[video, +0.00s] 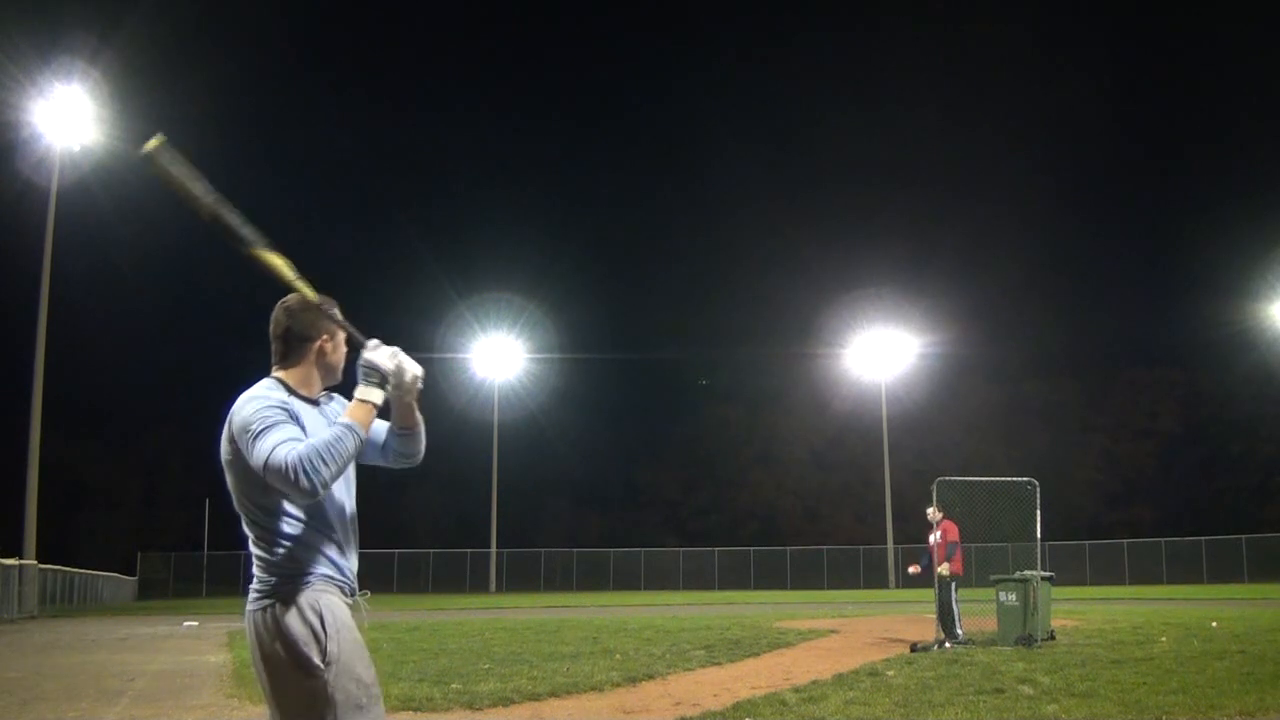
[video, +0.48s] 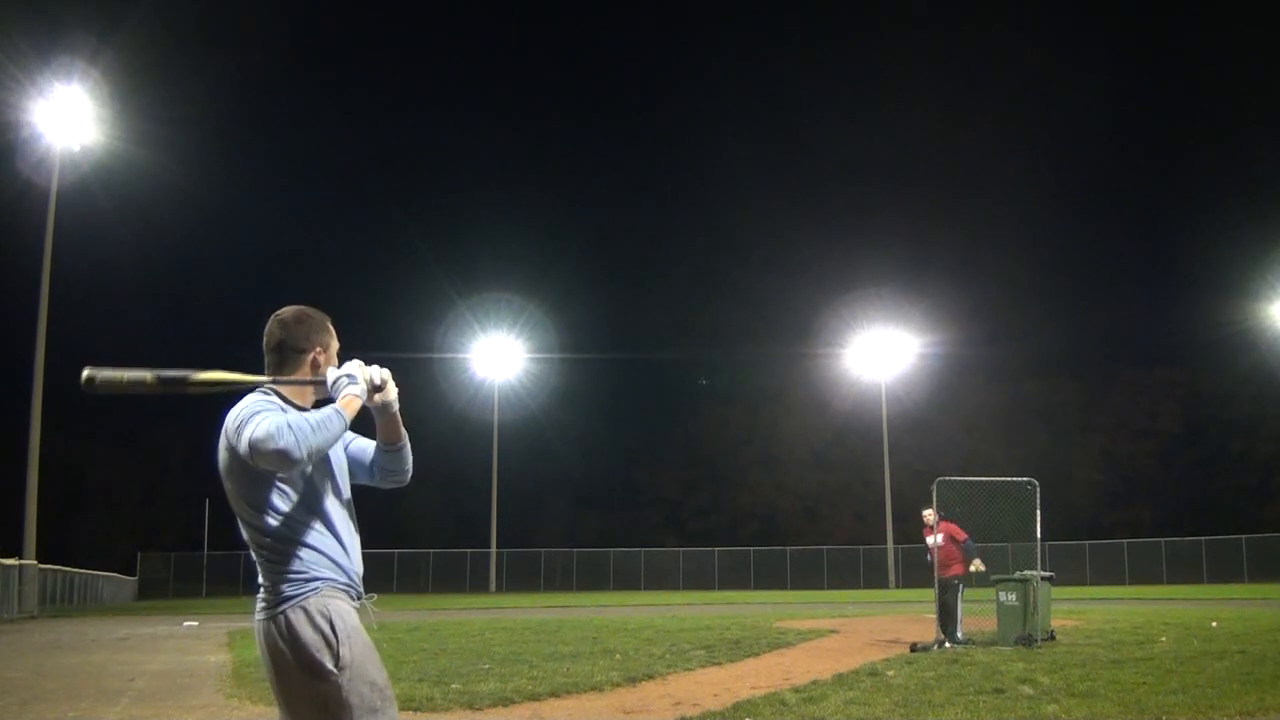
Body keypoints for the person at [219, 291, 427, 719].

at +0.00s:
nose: (347, 354)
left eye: (346, 344)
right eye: (344, 343)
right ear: (323, 346)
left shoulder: (333, 410)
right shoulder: (256, 407)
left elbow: (406, 452)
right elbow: (306, 474)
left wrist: (405, 397)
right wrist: (370, 392)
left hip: (325, 601)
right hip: (296, 605)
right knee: (357, 712)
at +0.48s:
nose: (337, 366)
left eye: (336, 357)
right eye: (335, 355)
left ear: (272, 354)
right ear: (318, 358)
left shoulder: (324, 431)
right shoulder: (252, 412)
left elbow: (394, 472)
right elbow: (287, 447)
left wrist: (387, 412)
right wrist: (351, 398)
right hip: (309, 612)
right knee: (372, 711)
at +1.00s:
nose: (387, 357)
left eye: (389, 346)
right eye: (387, 344)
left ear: (324, 338)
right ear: (370, 346)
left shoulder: (366, 423)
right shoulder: (293, 386)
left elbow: (420, 486)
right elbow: (308, 418)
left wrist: (432, 428)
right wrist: (402, 391)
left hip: (328, 608)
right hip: (296, 610)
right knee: (364, 710)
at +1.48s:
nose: (459, 373)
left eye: (459, 362)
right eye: (456, 363)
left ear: (397, 358)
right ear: (437, 369)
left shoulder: (426, 425)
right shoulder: (345, 408)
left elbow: (454, 520)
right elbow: (325, 471)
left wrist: (463, 490)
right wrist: (428, 458)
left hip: (375, 577)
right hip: (303, 600)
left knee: (480, 569)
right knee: (347, 708)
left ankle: (466, 709)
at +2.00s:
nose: (515, 426)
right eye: (518, 419)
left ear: (468, 383)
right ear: (510, 422)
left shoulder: (391, 409)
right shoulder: (506, 478)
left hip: (338, 621)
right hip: (416, 642)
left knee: (334, 714)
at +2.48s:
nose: (396, 326)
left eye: (398, 320)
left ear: (404, 325)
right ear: (457, 343)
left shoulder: (391, 377)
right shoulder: (464, 391)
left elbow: (356, 458)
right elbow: (406, 350)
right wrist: (363, 310)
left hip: (342, 594)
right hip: (423, 608)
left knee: (303, 713)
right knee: (390, 713)